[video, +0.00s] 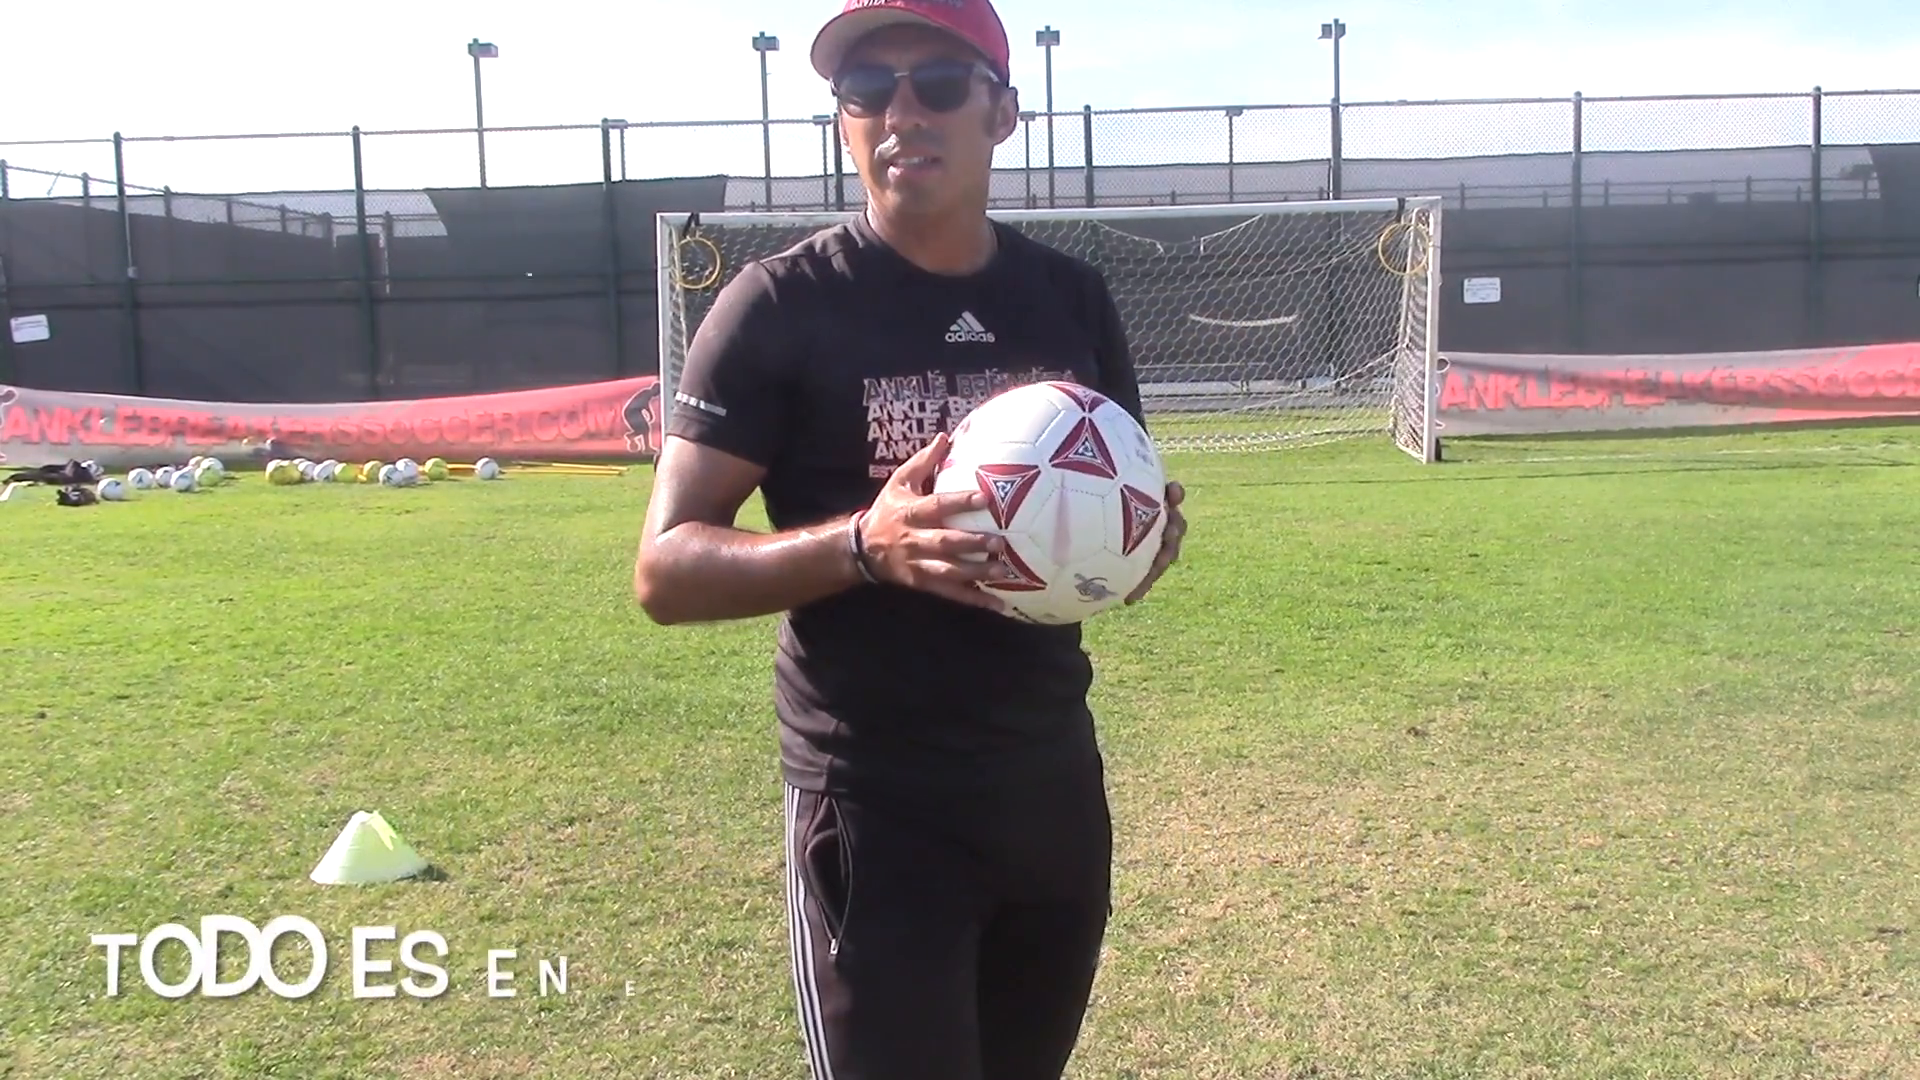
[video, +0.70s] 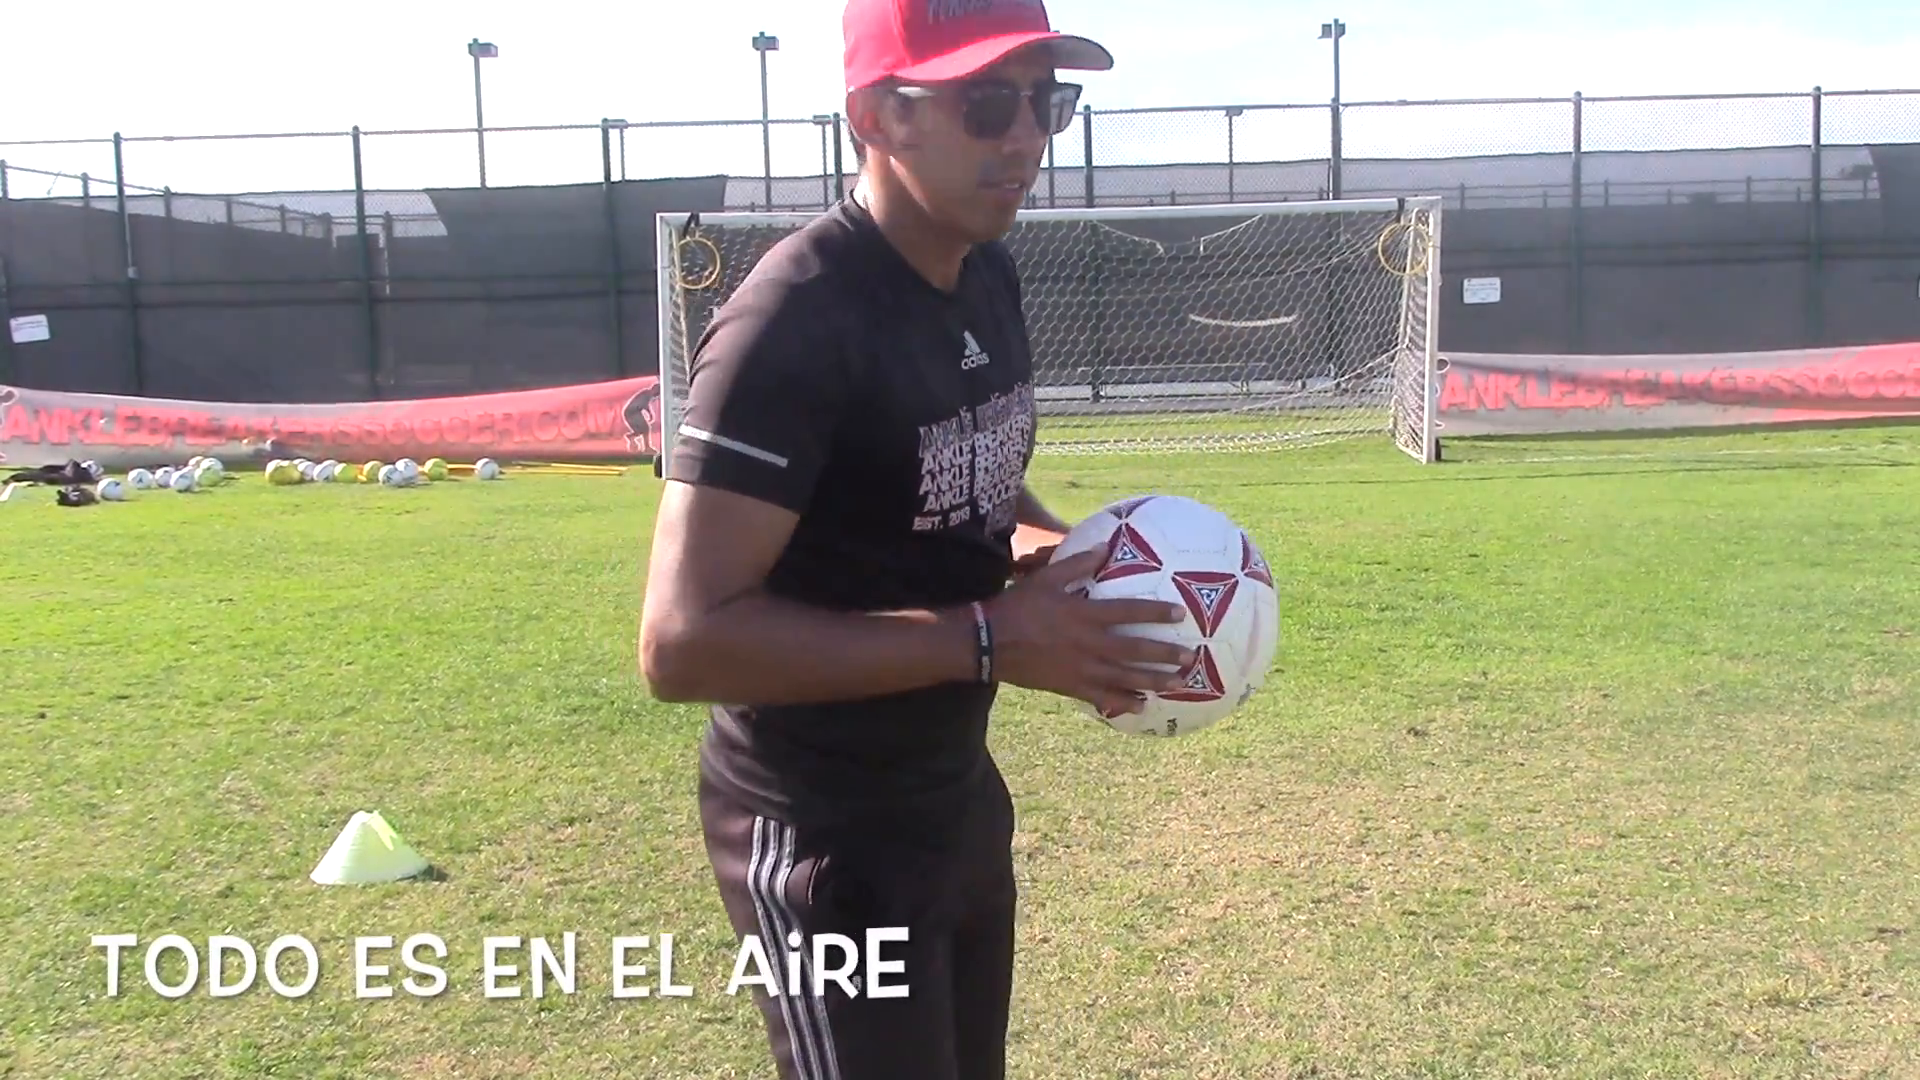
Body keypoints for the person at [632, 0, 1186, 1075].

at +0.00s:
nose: (904, 116)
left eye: (940, 86)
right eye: (871, 92)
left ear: (1001, 117)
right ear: (841, 124)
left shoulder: (1070, 295)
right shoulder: (771, 309)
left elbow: (1120, 501)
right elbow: (667, 572)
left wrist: (1146, 525)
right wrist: (858, 547)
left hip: (1050, 775)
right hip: (870, 789)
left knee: (1024, 1062)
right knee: (894, 1061)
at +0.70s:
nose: (1026, 140)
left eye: (1039, 100)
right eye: (984, 104)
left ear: (1054, 105)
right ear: (878, 120)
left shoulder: (984, 277)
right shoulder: (788, 318)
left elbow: (974, 493)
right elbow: (682, 641)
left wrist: (1098, 570)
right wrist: (986, 639)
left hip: (955, 789)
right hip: (818, 822)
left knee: (973, 1062)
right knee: (885, 1070)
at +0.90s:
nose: (1066, 116)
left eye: (1056, 87)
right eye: (1037, 87)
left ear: (942, 109)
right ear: (931, 104)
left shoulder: (914, 280)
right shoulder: (859, 287)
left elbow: (924, 537)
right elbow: (801, 619)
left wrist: (1077, 573)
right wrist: (1065, 589)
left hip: (891, 784)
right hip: (828, 797)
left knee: (951, 1053)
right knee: (885, 1066)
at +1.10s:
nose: (1029, 147)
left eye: (1024, 119)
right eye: (1014, 118)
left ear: (916, 136)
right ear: (955, 132)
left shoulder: (812, 284)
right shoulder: (913, 293)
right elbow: (928, 583)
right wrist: (1097, 556)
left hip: (808, 759)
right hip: (843, 783)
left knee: (938, 1042)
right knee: (867, 1059)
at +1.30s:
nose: (999, 160)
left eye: (995, 139)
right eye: (990, 140)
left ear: (862, 167)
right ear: (964, 154)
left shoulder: (788, 296)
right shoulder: (954, 294)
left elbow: (723, 537)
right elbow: (984, 559)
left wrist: (910, 556)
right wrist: (1079, 554)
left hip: (765, 717)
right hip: (885, 745)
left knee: (881, 1055)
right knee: (999, 1059)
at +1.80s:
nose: (1063, 221)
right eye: (1063, 208)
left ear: (943, 213)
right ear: (1055, 217)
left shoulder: (853, 320)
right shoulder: (1090, 341)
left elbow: (779, 512)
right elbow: (1151, 550)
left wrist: (881, 559)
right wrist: (1095, 570)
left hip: (882, 681)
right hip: (1029, 688)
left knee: (900, 983)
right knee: (1038, 950)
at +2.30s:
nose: (1081, 245)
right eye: (1082, 232)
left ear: (985, 232)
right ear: (1080, 234)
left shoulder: (919, 327)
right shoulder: (1115, 329)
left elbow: (862, 492)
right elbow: (1186, 493)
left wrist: (919, 554)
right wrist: (1122, 523)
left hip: (957, 618)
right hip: (1078, 619)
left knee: (985, 831)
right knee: (1066, 856)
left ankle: (1007, 1021)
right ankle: (1063, 1057)